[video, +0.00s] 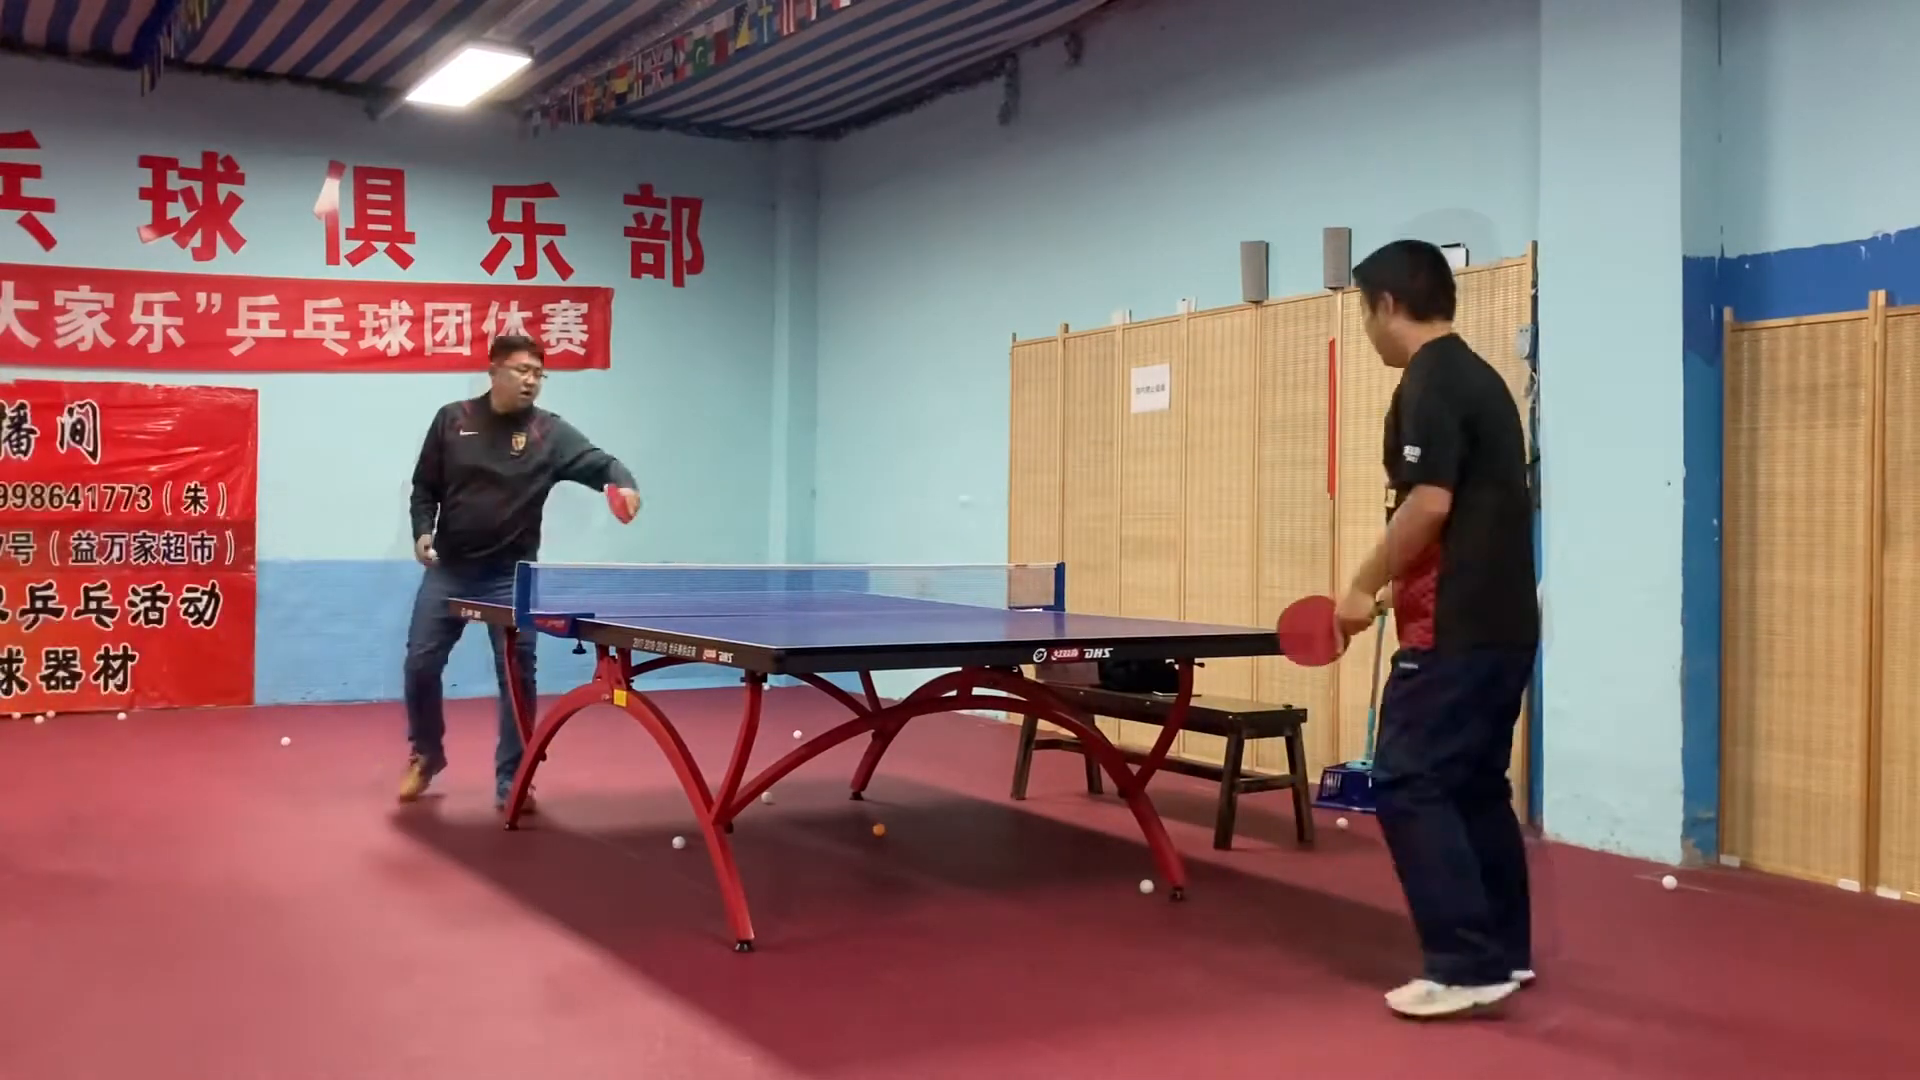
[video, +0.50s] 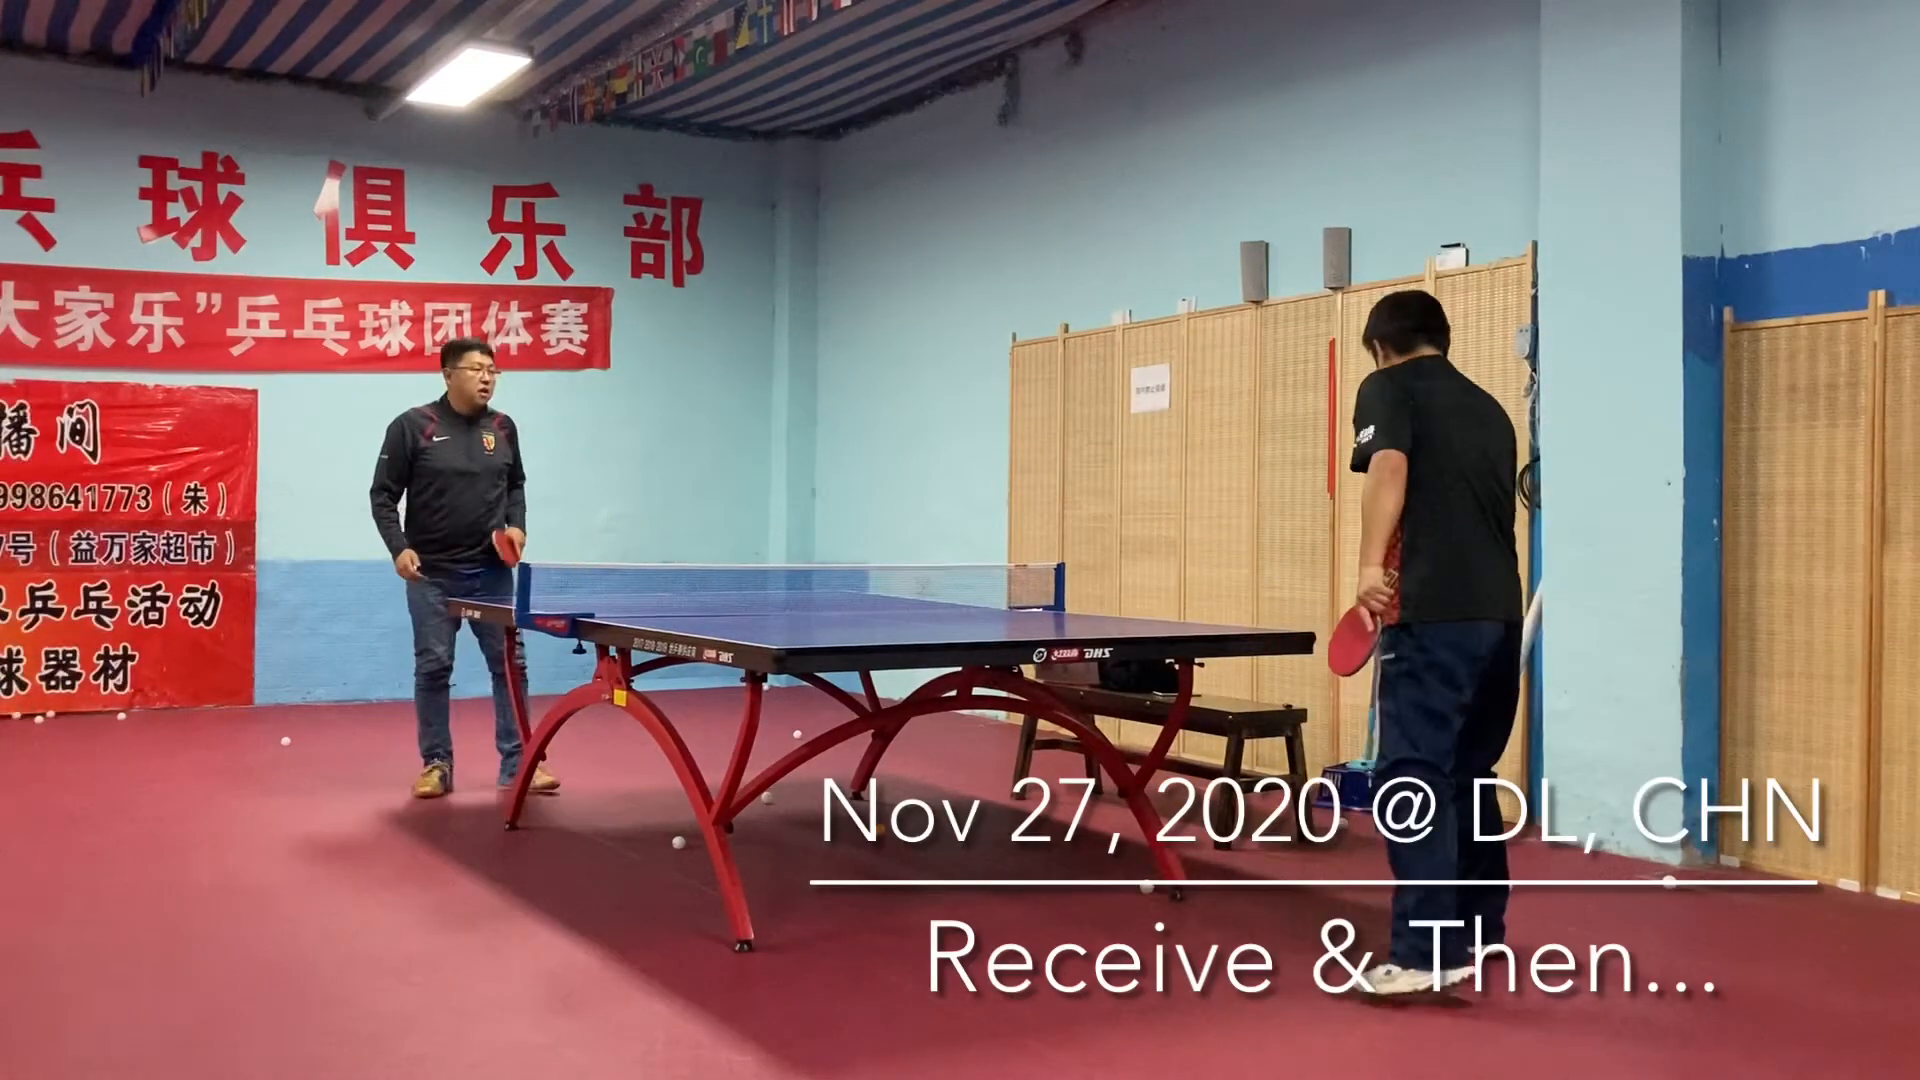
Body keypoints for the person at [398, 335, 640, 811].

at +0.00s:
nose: (531, 380)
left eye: (537, 374)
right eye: (522, 371)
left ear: (541, 380)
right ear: (494, 372)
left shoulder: (547, 432)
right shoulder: (452, 420)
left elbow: (600, 464)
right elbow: (424, 485)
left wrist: (622, 486)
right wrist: (423, 533)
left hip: (512, 571)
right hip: (448, 568)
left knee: (518, 671)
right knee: (420, 663)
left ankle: (513, 783)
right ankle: (426, 756)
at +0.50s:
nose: (487, 379)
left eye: (490, 371)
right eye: (477, 370)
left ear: (493, 378)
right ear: (450, 374)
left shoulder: (501, 427)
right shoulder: (411, 427)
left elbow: (515, 486)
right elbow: (383, 496)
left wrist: (516, 525)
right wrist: (399, 547)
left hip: (491, 572)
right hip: (431, 574)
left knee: (509, 664)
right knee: (434, 668)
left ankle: (517, 764)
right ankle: (436, 764)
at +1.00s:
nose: (513, 401)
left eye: (517, 394)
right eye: (502, 394)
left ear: (520, 400)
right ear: (477, 399)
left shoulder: (523, 448)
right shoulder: (444, 449)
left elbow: (536, 500)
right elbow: (417, 512)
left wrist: (534, 527)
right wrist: (452, 554)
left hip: (503, 578)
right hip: (454, 577)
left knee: (493, 665)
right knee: (449, 661)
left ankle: (480, 747)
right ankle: (437, 758)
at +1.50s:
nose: (531, 409)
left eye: (535, 401)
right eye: (522, 400)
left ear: (537, 408)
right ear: (497, 402)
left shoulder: (530, 453)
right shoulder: (457, 445)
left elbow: (539, 505)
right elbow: (428, 506)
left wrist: (527, 538)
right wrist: (478, 543)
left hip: (494, 573)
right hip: (446, 570)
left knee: (488, 662)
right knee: (438, 655)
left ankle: (478, 748)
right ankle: (423, 752)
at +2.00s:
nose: (510, 426)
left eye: (515, 418)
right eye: (500, 418)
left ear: (519, 420)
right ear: (474, 419)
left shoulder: (517, 456)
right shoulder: (434, 456)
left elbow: (521, 510)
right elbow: (401, 517)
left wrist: (511, 547)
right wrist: (443, 554)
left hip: (486, 571)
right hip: (429, 570)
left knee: (508, 648)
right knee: (427, 658)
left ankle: (504, 747)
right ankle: (422, 758)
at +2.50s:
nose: (550, 419)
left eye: (556, 411)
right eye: (541, 410)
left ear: (562, 416)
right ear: (516, 411)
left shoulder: (556, 459)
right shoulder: (478, 446)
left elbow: (565, 516)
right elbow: (444, 507)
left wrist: (563, 540)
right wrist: (485, 526)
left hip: (513, 574)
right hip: (459, 571)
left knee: (543, 660)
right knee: (438, 653)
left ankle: (552, 752)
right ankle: (412, 749)